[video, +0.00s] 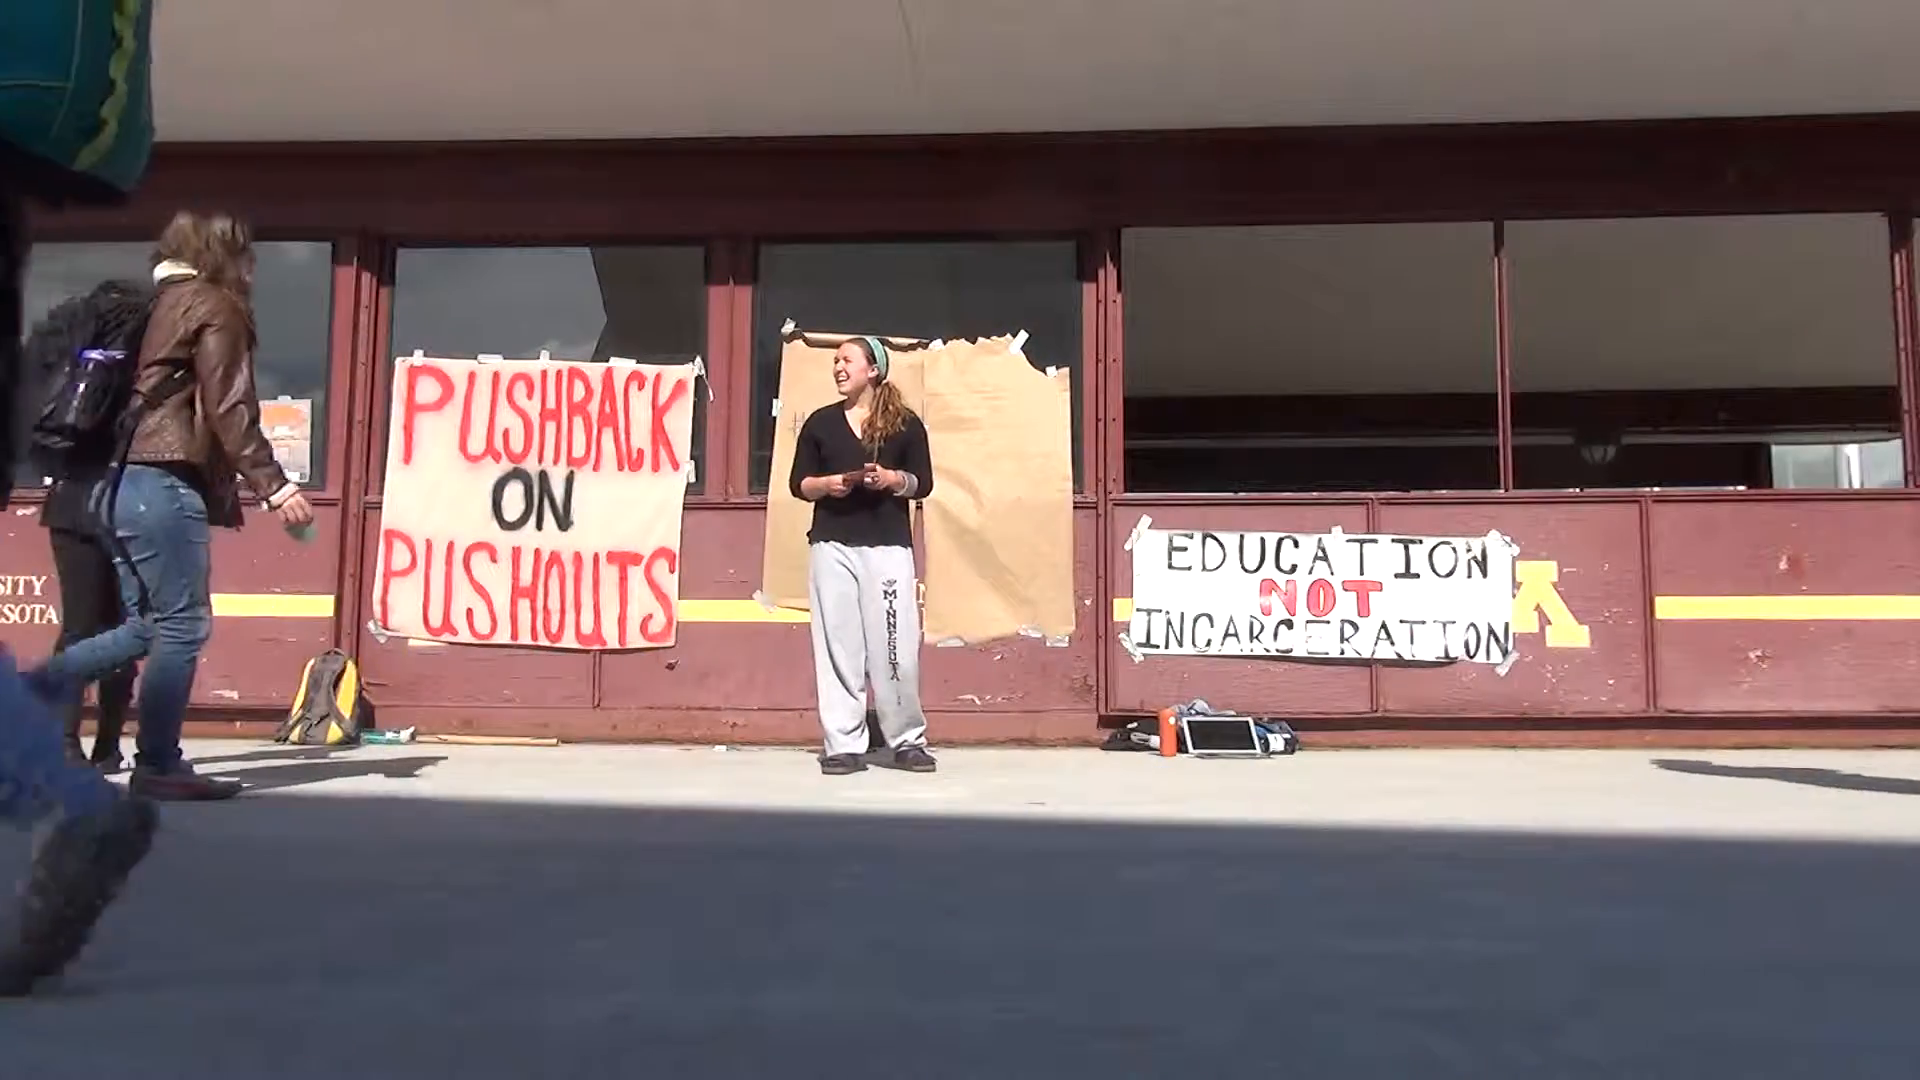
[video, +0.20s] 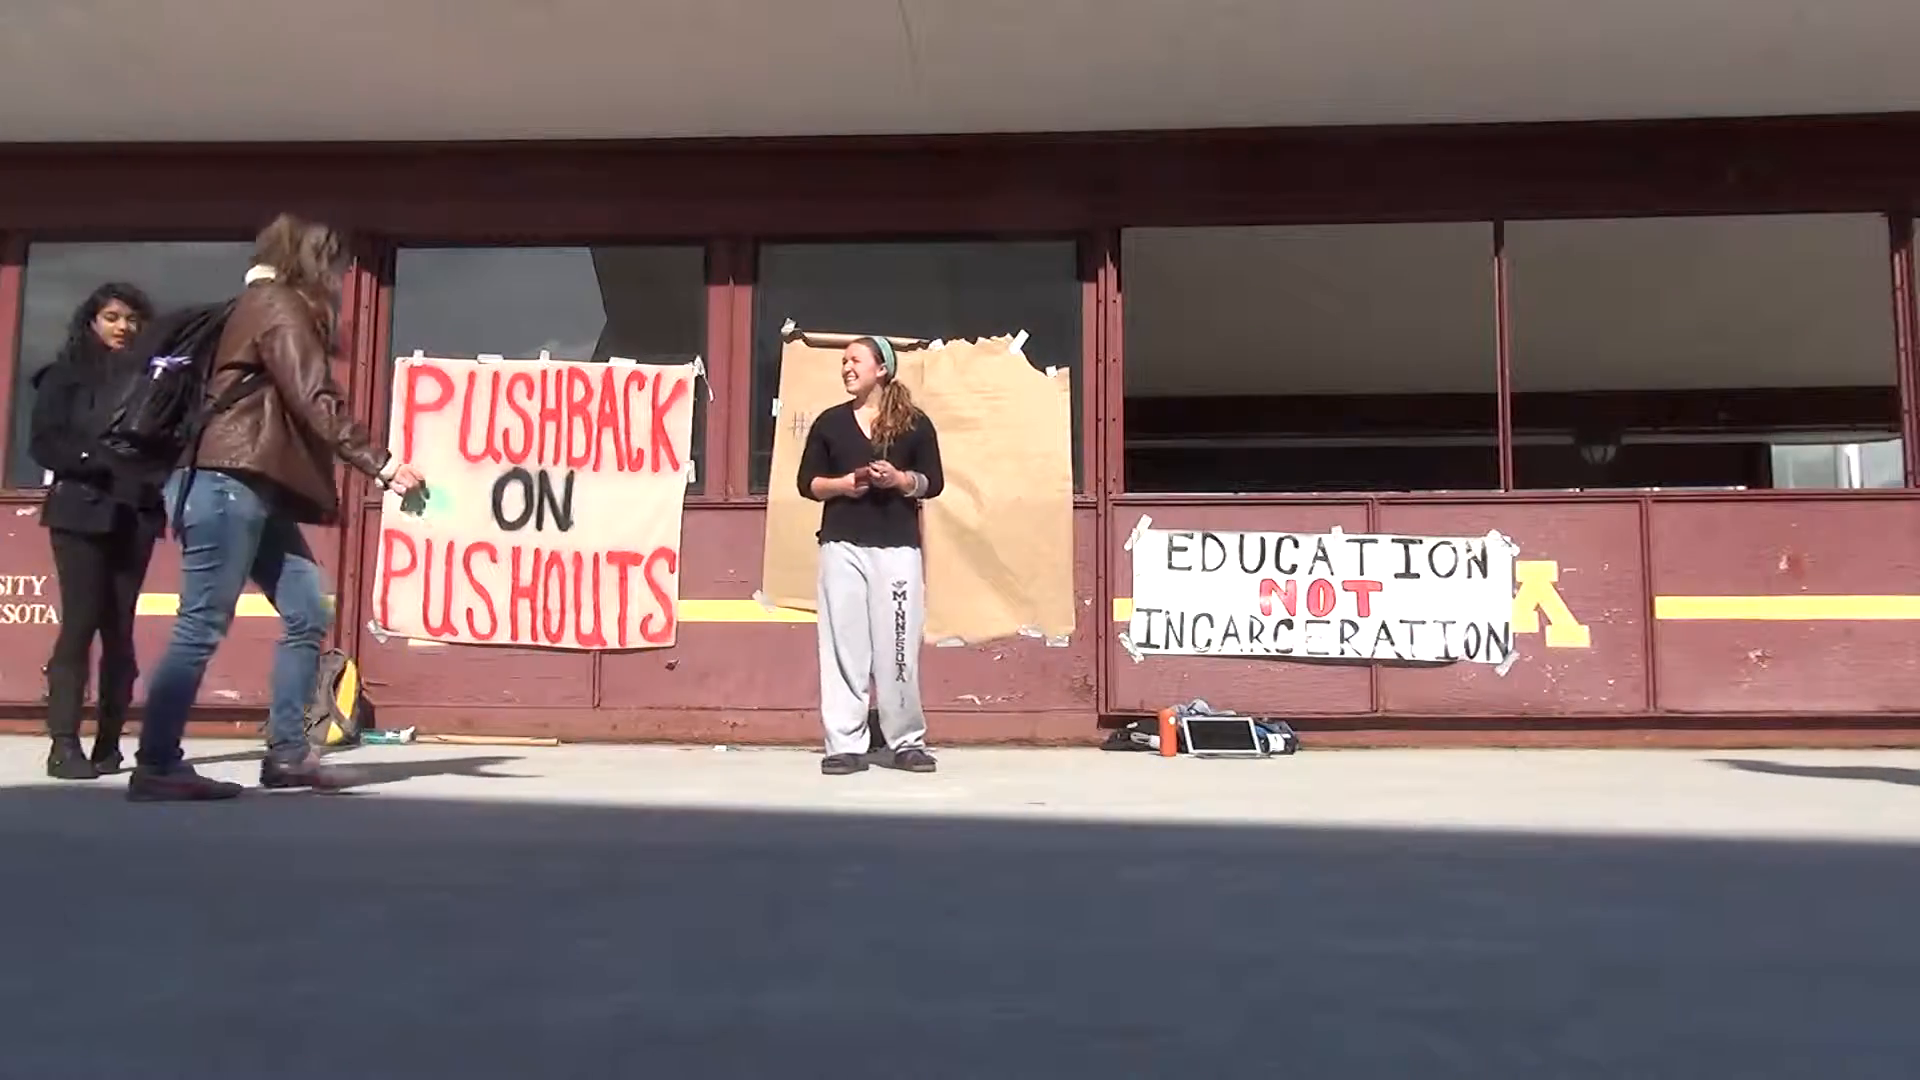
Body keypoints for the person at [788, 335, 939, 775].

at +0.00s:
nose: (837, 368)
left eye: (846, 361)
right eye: (837, 362)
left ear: (873, 369)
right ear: (845, 370)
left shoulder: (905, 423)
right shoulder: (819, 423)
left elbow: (923, 483)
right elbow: (799, 484)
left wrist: (894, 480)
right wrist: (825, 485)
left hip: (888, 547)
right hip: (832, 546)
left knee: (897, 644)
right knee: (839, 646)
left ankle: (906, 741)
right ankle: (844, 746)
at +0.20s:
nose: (846, 369)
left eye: (854, 362)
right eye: (845, 362)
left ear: (881, 368)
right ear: (852, 369)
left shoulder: (914, 423)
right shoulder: (829, 422)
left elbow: (932, 483)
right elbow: (808, 484)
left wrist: (901, 480)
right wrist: (842, 484)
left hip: (897, 547)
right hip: (842, 545)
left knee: (899, 644)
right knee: (844, 645)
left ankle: (905, 741)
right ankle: (844, 746)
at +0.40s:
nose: (857, 369)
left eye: (865, 362)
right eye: (855, 363)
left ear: (891, 368)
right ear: (860, 371)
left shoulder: (925, 424)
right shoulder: (840, 424)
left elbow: (942, 484)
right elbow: (819, 486)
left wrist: (913, 483)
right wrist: (853, 487)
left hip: (907, 548)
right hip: (852, 546)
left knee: (904, 645)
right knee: (851, 645)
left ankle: (905, 742)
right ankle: (847, 745)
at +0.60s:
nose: (868, 370)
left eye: (877, 363)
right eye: (866, 364)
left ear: (904, 370)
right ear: (867, 373)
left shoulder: (935, 427)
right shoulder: (850, 427)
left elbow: (952, 485)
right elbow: (832, 488)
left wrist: (921, 483)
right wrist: (863, 486)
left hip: (917, 550)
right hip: (862, 547)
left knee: (910, 646)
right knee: (858, 644)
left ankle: (906, 742)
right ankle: (848, 744)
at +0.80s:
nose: (877, 372)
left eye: (886, 365)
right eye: (875, 365)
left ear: (912, 372)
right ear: (875, 374)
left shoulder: (944, 429)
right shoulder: (860, 429)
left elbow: (961, 488)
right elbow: (842, 492)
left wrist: (928, 482)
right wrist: (871, 489)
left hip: (926, 550)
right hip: (871, 547)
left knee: (916, 645)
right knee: (864, 644)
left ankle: (908, 742)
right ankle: (849, 744)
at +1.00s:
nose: (886, 375)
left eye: (895, 369)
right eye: (883, 368)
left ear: (920, 376)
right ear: (881, 376)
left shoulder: (950, 431)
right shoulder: (866, 431)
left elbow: (968, 490)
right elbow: (848, 493)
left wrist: (934, 483)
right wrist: (877, 490)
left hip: (930, 551)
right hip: (876, 548)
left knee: (919, 646)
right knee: (866, 643)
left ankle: (908, 741)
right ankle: (849, 743)